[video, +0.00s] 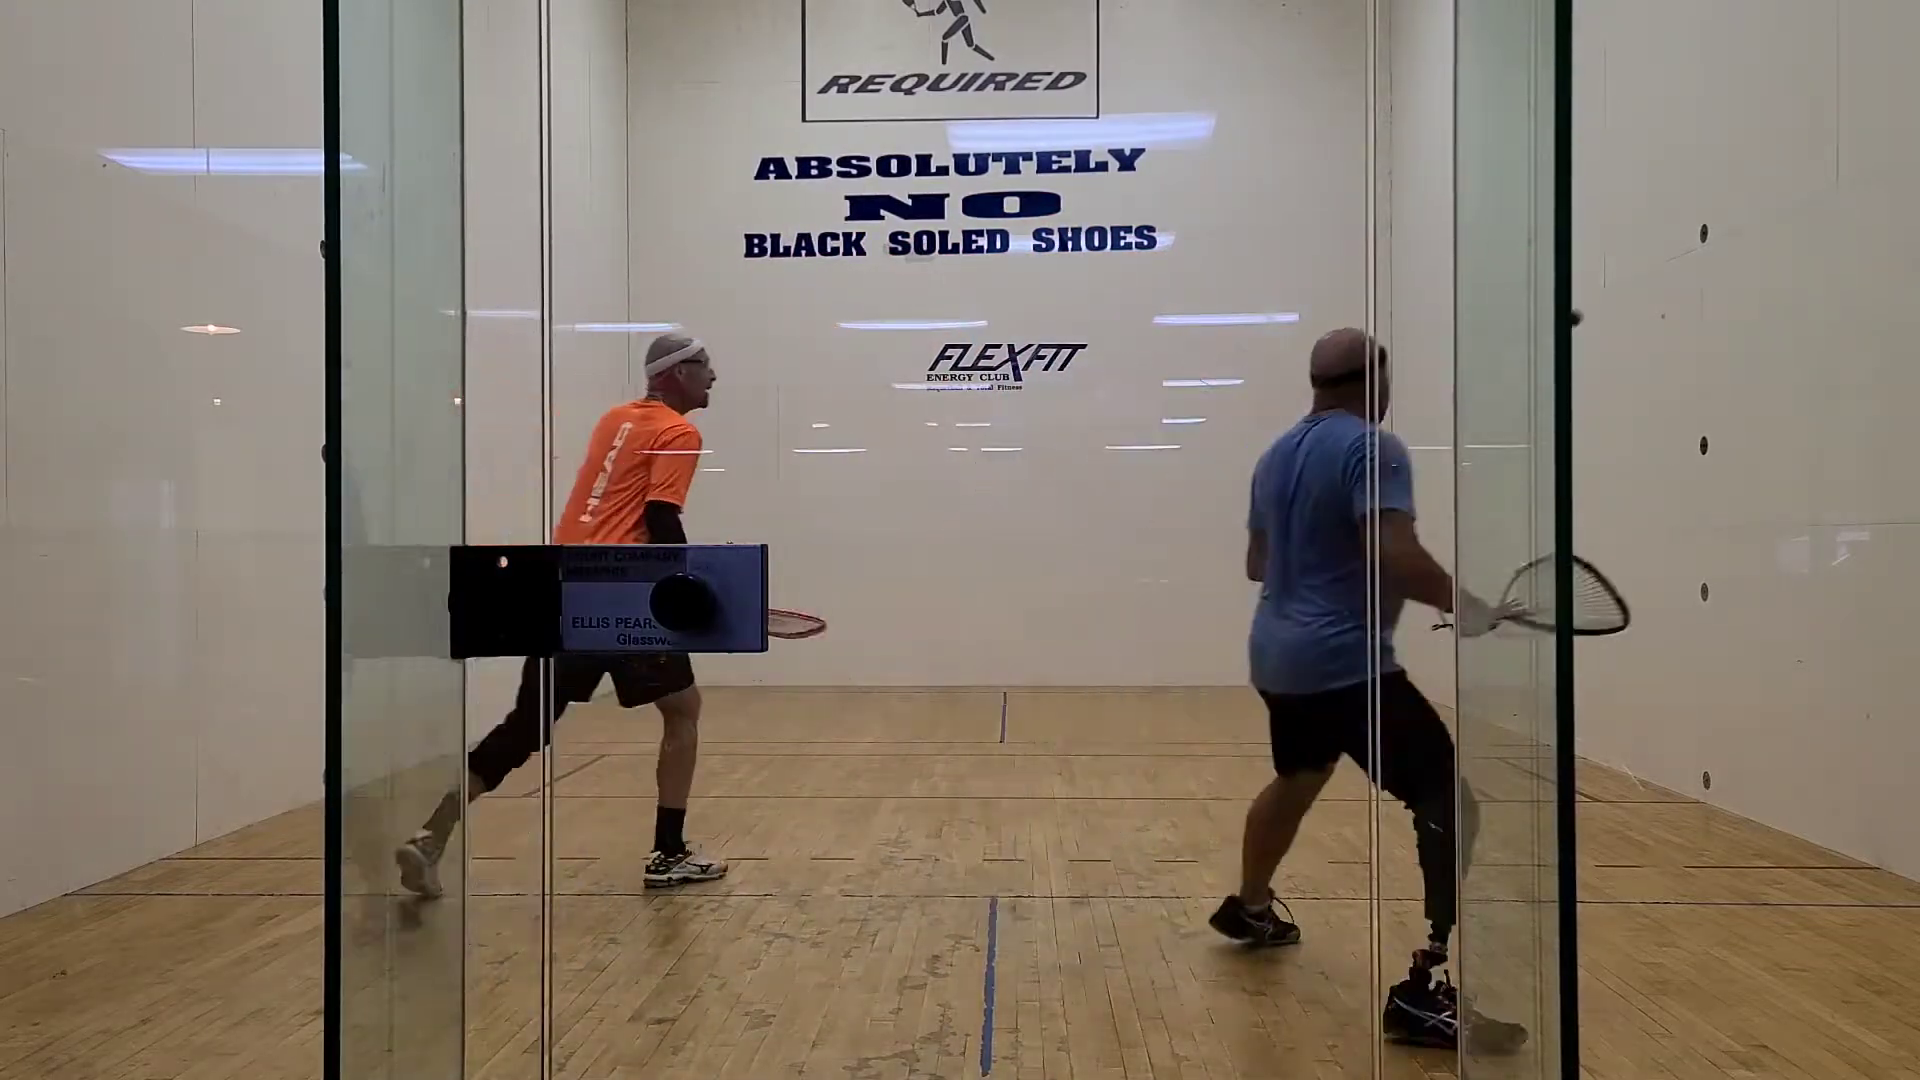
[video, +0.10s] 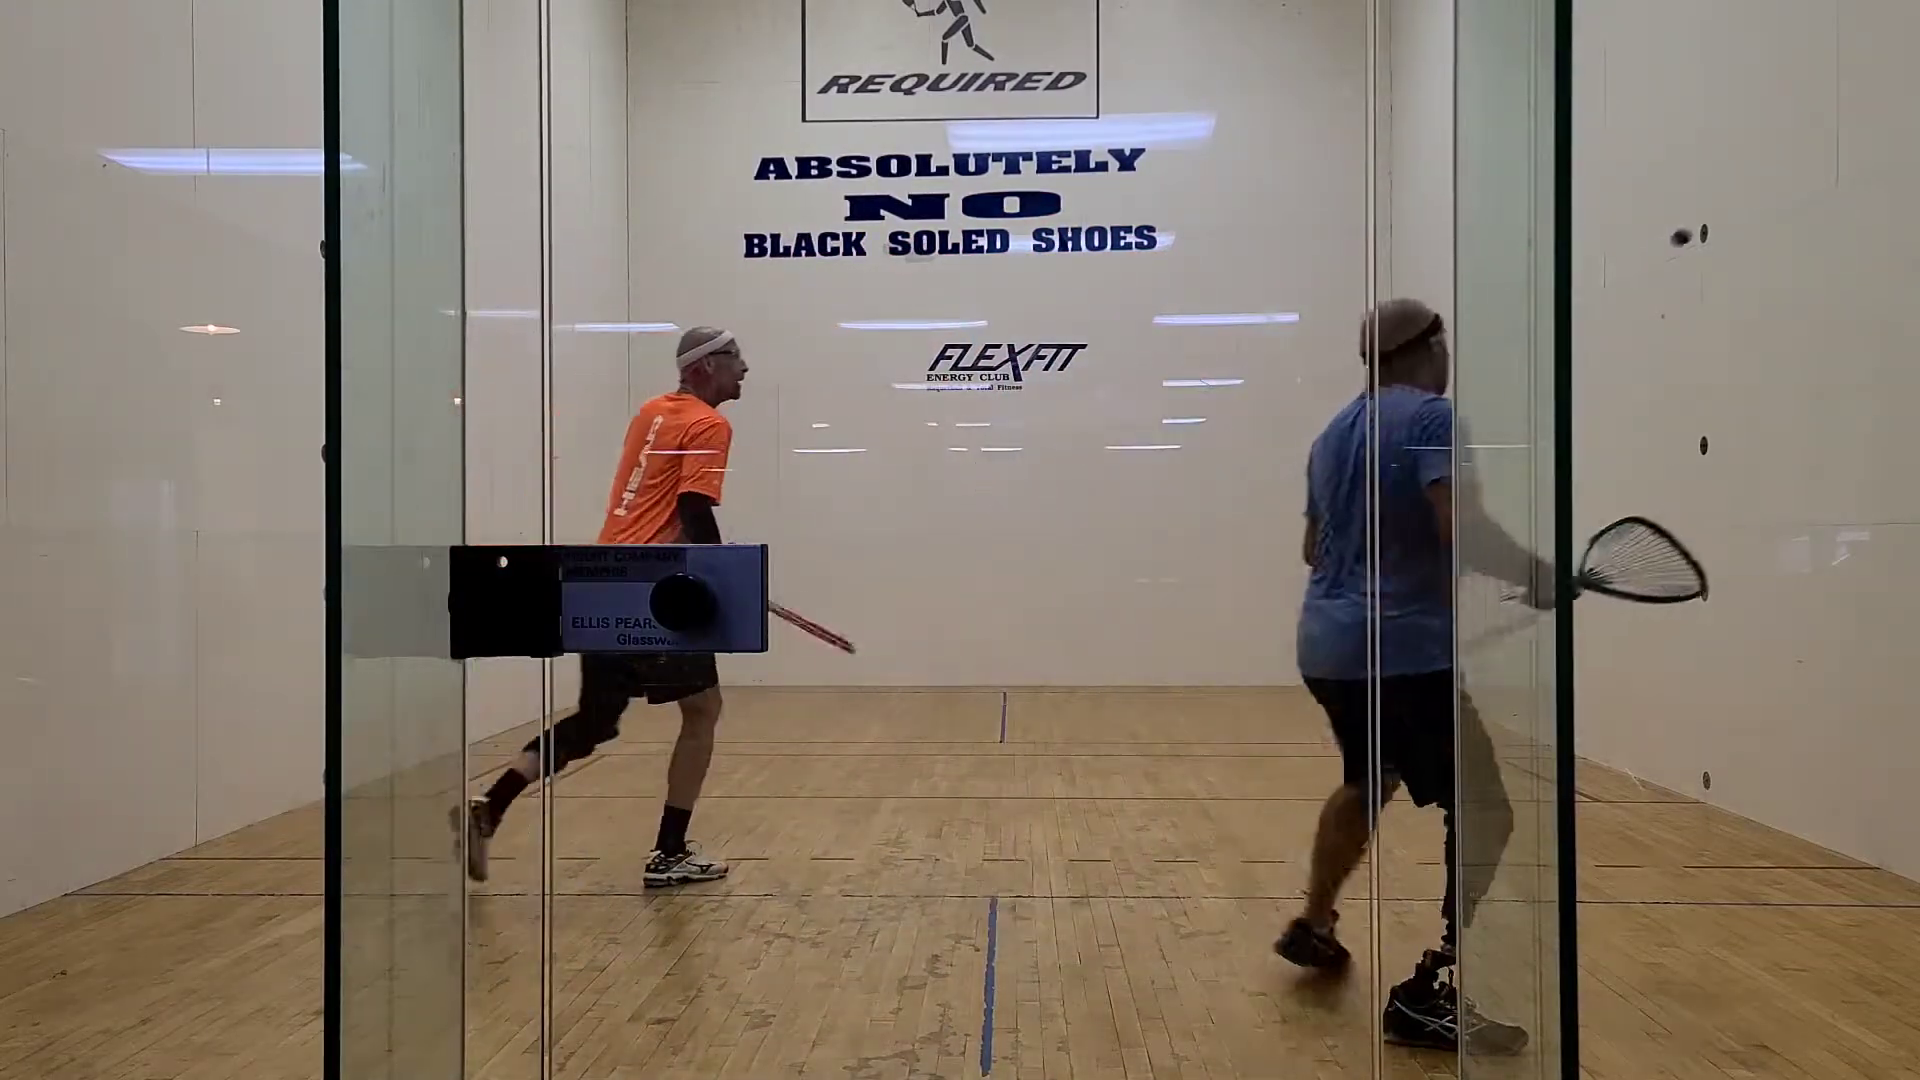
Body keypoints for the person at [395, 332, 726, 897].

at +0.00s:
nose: (713, 377)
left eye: (709, 367)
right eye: (705, 368)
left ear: (661, 378)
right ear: (674, 376)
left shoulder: (614, 418)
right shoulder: (679, 431)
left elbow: (593, 510)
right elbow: (661, 521)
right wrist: (696, 596)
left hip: (567, 591)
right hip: (624, 597)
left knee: (526, 723)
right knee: (683, 710)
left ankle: (429, 839)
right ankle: (669, 853)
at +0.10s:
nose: (744, 372)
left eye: (742, 363)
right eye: (737, 363)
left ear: (693, 370)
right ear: (706, 368)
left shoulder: (649, 412)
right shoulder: (708, 422)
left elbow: (631, 501)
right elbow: (694, 510)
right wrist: (726, 586)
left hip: (601, 589)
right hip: (656, 592)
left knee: (595, 721)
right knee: (703, 707)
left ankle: (487, 809)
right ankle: (670, 853)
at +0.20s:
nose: (768, 353)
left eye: (764, 344)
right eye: (758, 344)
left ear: (718, 357)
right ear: (726, 354)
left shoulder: (679, 403)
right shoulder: (734, 411)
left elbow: (663, 489)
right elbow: (719, 495)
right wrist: (756, 563)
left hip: (640, 570)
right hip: (685, 576)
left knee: (666, 702)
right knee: (713, 705)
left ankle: (565, 801)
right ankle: (671, 851)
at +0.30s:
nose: (791, 347)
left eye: (789, 338)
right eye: (781, 338)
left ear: (742, 347)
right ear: (749, 345)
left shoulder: (706, 395)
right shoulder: (753, 403)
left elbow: (675, 480)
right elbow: (739, 484)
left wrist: (676, 544)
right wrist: (775, 543)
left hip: (679, 564)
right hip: (712, 569)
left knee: (718, 694)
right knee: (721, 699)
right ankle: (672, 844)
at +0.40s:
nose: (816, 348)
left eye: (814, 339)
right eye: (806, 338)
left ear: (768, 350)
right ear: (773, 347)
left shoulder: (730, 401)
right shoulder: (776, 406)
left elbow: (692, 478)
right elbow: (761, 485)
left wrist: (679, 554)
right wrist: (800, 547)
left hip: (709, 571)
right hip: (735, 574)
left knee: (769, 682)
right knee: (727, 707)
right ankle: (671, 843)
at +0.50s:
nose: (843, 356)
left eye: (840, 346)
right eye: (832, 347)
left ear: (796, 359)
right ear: (799, 357)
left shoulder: (759, 410)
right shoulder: (803, 415)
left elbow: (715, 480)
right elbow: (785, 492)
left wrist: (696, 559)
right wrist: (828, 555)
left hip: (745, 589)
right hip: (764, 592)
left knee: (812, 686)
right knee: (734, 712)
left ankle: (836, 820)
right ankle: (671, 843)